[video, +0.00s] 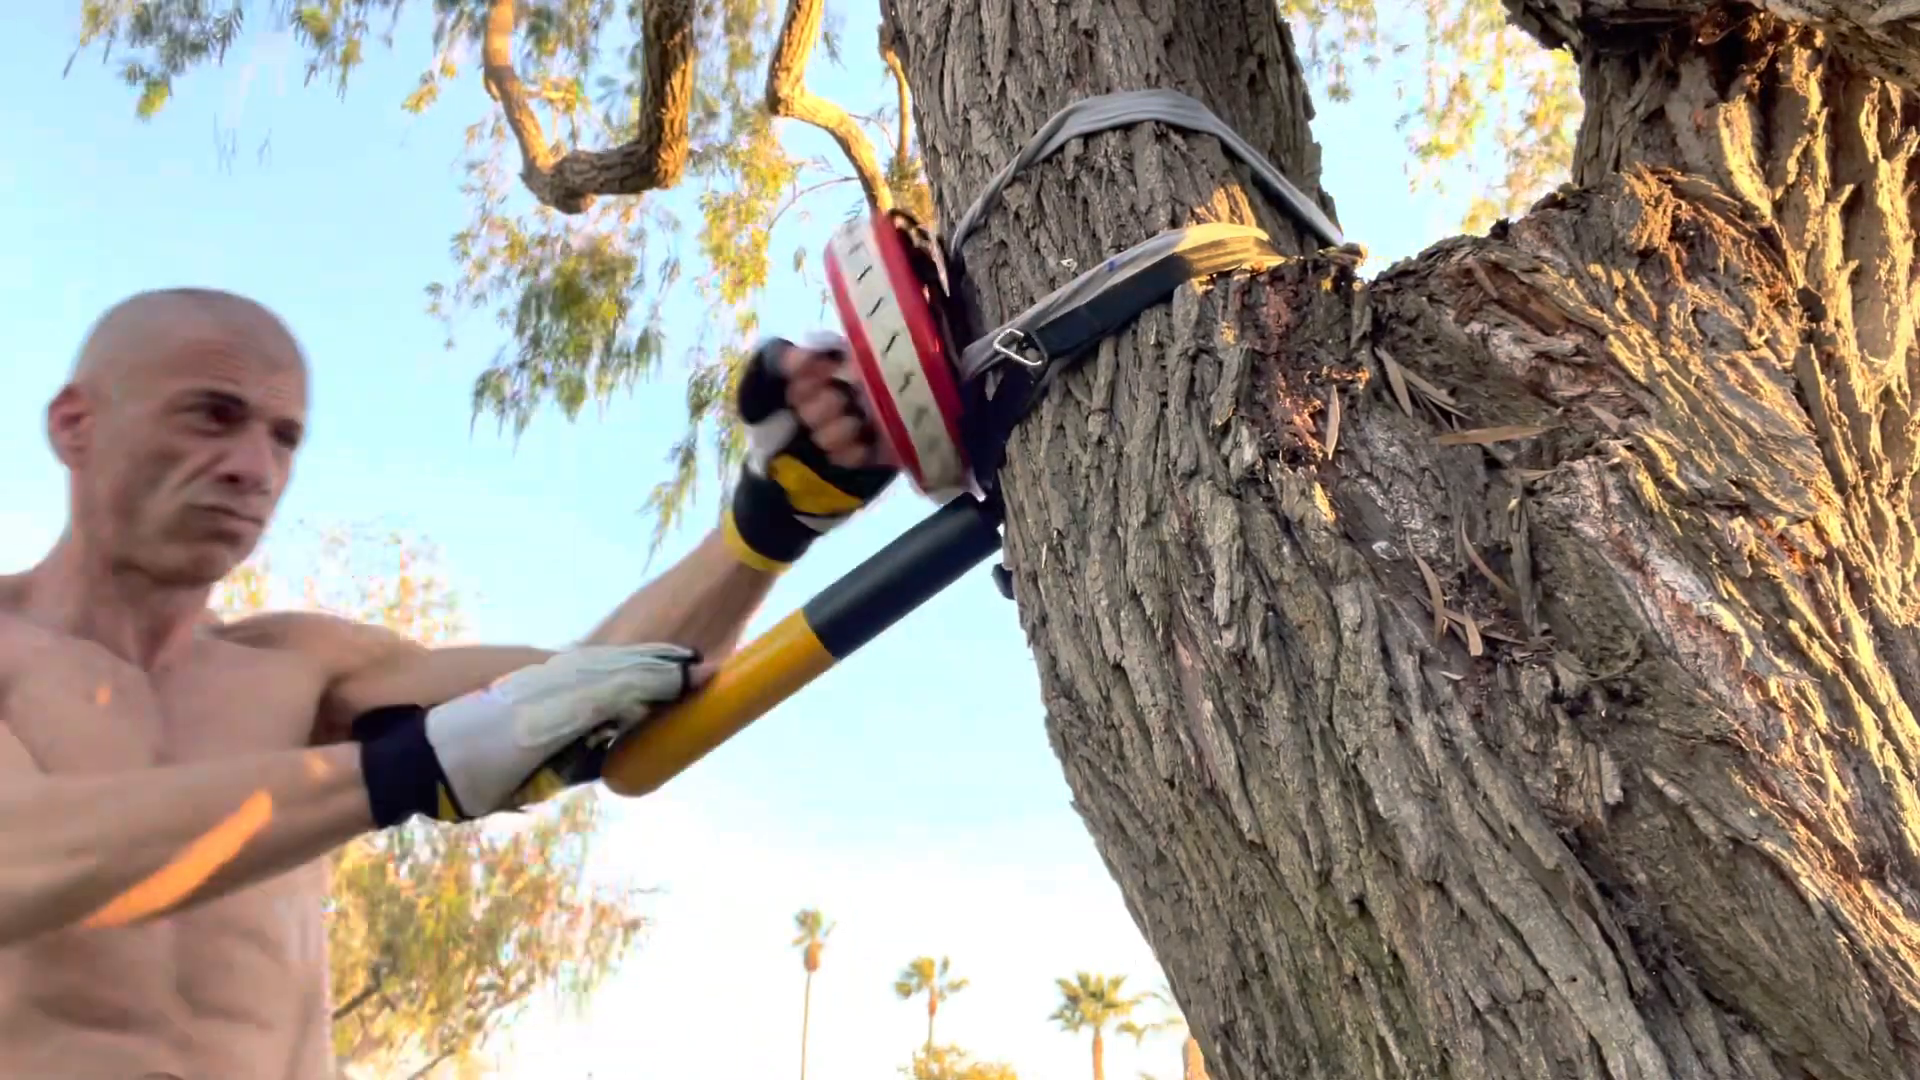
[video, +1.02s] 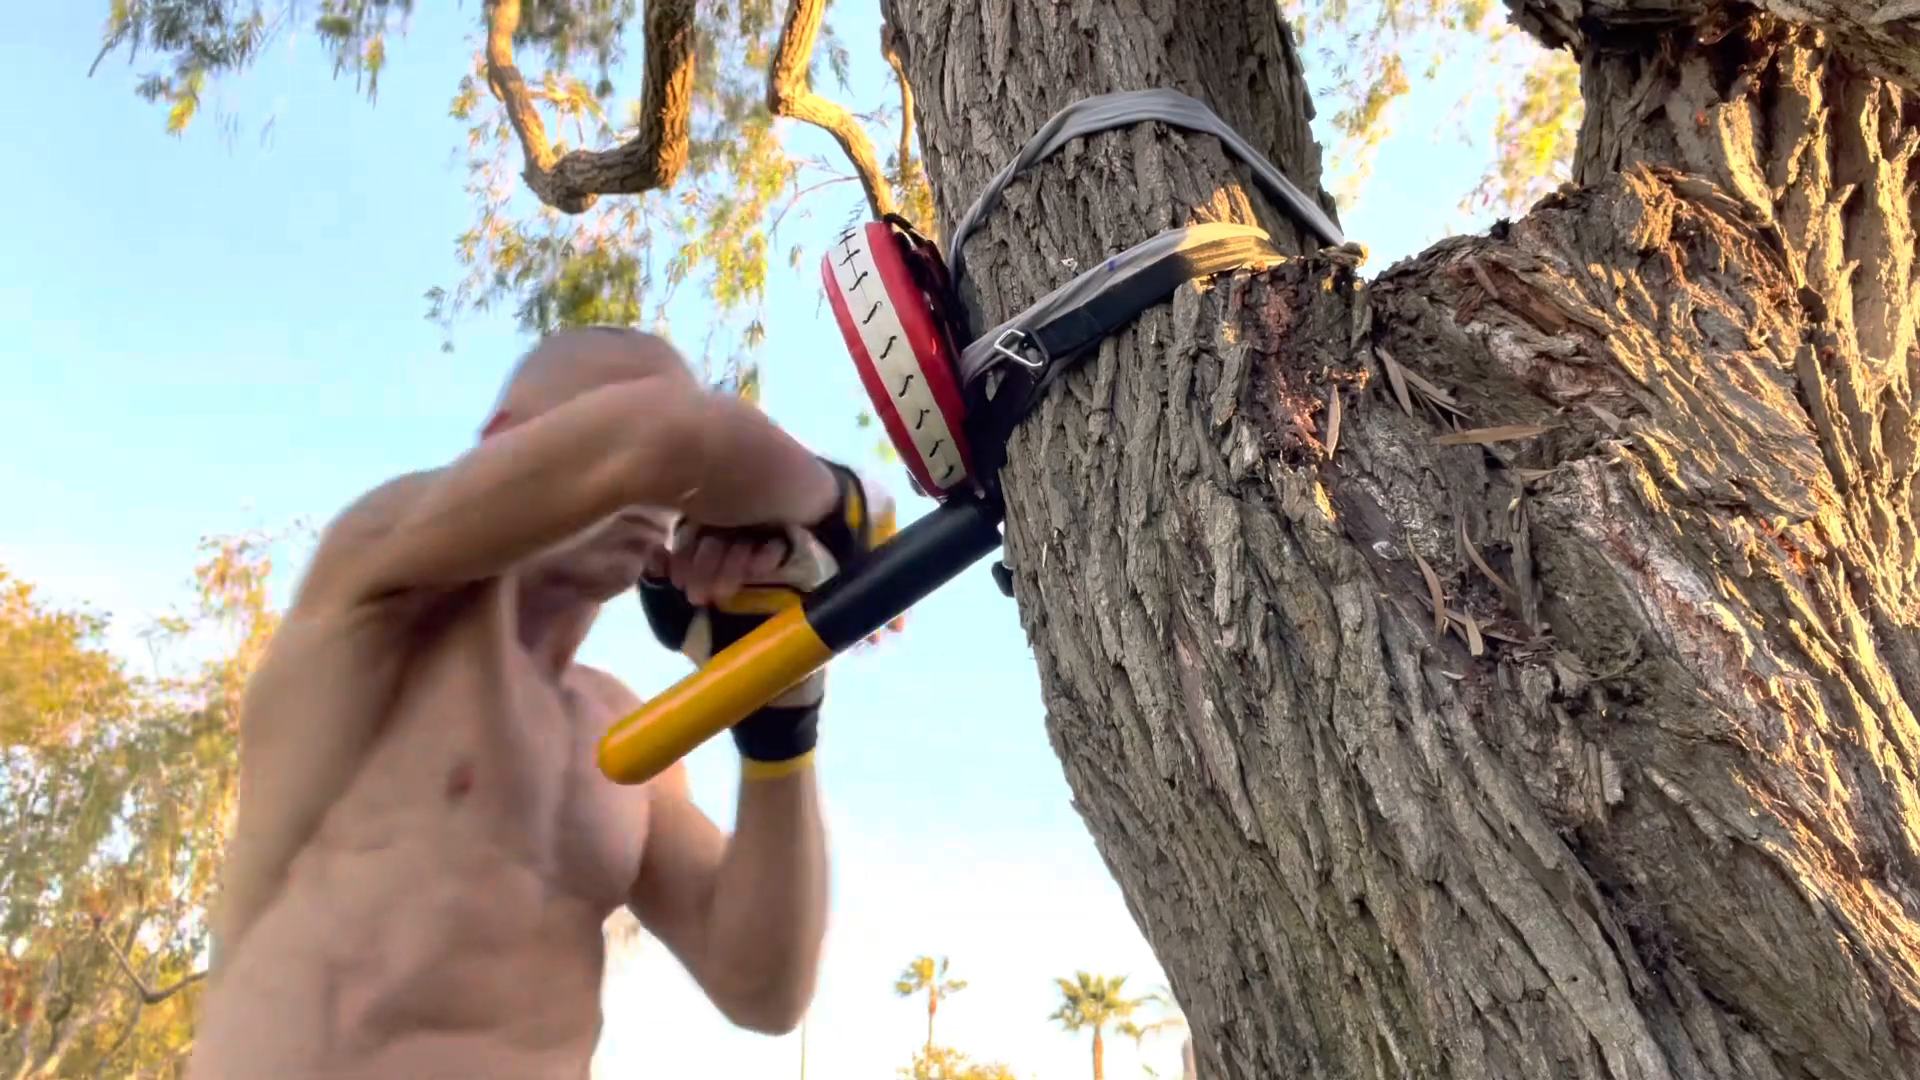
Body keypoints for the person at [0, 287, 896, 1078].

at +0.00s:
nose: (257, 465)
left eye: (283, 439)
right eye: (213, 415)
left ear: (295, 467)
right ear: (72, 426)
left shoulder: (303, 664)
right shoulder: (14, 653)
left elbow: (585, 706)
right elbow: (25, 873)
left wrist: (775, 512)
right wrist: (415, 766)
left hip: (279, 1062)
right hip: (61, 1060)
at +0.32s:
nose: (213, 452)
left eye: (243, 427)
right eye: (165, 403)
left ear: (260, 464)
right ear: (37, 430)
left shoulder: (313, 658)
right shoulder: (8, 663)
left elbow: (586, 739)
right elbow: (23, 832)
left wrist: (775, 531)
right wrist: (359, 729)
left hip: (301, 1060)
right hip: (55, 1056)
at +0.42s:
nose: (336, 459)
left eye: (363, 434)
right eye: (290, 410)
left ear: (377, 473)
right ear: (161, 432)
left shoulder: (407, 707)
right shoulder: (31, 653)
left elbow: (719, 810)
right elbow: (19, 794)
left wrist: (789, 596)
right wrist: (361, 684)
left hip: (365, 1058)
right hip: (82, 1055)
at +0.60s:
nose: (633, 485)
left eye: (650, 465)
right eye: (598, 436)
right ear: (469, 440)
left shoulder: (591, 735)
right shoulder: (331, 610)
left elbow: (783, 979)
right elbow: (294, 455)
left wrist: (785, 763)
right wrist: (610, 538)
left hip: (529, 1061)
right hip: (303, 1052)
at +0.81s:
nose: (784, 462)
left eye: (789, 445)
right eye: (739, 424)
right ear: (632, 425)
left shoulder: (715, 766)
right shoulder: (529, 523)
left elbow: (787, 1023)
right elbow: (820, 350)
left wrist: (792, 768)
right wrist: (876, 601)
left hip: (607, 1060)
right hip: (378, 1052)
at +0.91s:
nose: (746, 471)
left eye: (754, 456)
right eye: (707, 431)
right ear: (599, 426)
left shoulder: (695, 742)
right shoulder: (492, 532)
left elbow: (810, 1010)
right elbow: (794, 370)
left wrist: (808, 761)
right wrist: (858, 598)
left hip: (601, 1059)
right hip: (371, 1051)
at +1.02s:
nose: (663, 484)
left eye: (690, 448)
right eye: (636, 437)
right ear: (504, 440)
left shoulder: (621, 731)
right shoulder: (376, 574)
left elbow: (762, 991)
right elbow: (675, 432)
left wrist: (778, 710)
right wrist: (835, 500)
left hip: (541, 1059)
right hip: (307, 1051)